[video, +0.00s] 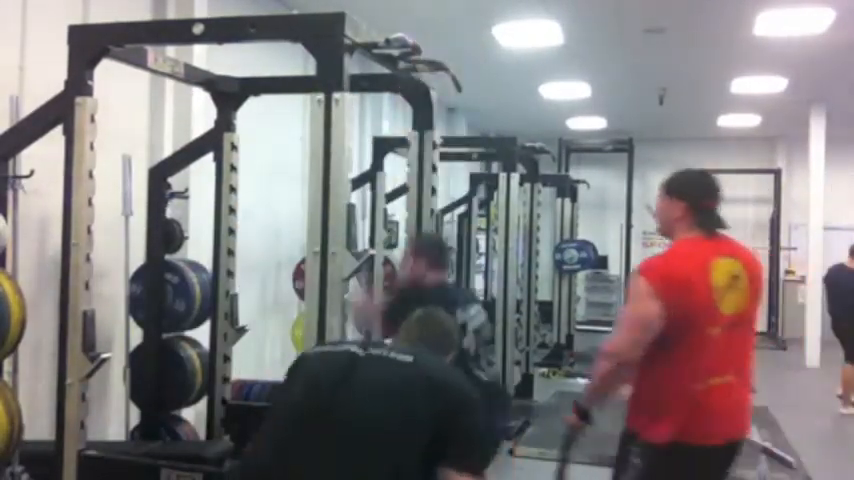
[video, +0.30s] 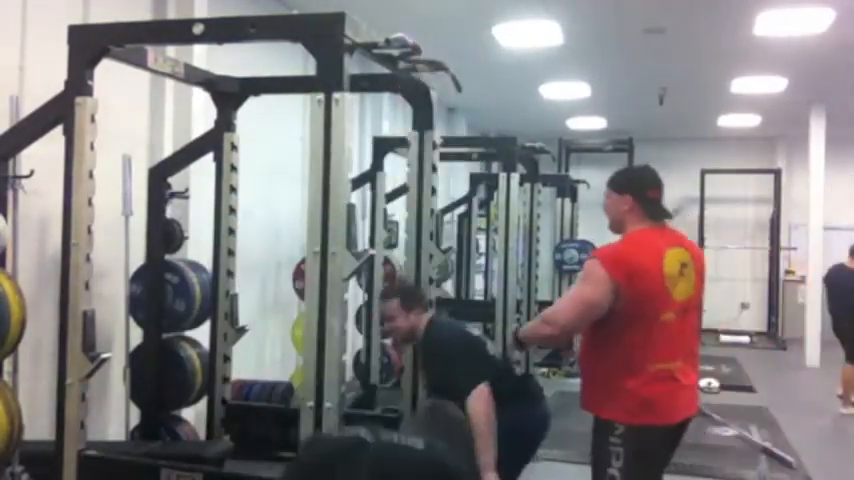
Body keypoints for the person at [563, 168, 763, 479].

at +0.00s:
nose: (655, 209)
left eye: (661, 200)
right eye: (657, 200)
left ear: (680, 207)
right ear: (708, 206)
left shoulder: (658, 273)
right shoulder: (748, 263)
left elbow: (622, 354)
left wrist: (584, 406)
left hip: (666, 430)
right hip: (726, 429)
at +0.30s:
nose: (604, 205)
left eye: (608, 197)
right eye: (605, 197)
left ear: (628, 201)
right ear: (653, 199)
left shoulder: (615, 259)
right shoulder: (690, 252)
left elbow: (557, 324)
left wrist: (522, 336)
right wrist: (583, 329)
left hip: (628, 414)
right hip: (675, 410)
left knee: (615, 474)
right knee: (647, 473)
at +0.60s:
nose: (581, 207)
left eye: (587, 200)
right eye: (583, 200)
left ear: (612, 206)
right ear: (615, 206)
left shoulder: (615, 254)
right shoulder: (644, 243)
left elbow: (597, 332)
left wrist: (555, 340)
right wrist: (573, 330)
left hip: (620, 403)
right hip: (642, 399)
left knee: (604, 473)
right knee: (627, 473)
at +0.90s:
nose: (606, 214)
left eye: (617, 206)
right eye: (604, 205)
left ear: (643, 209)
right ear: (600, 205)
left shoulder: (657, 255)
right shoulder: (608, 249)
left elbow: (652, 329)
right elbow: (595, 307)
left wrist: (589, 337)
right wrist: (577, 324)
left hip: (655, 403)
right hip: (618, 397)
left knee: (652, 473)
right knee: (619, 471)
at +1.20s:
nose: (673, 219)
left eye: (684, 212)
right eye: (669, 210)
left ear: (707, 218)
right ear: (662, 213)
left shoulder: (731, 270)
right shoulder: (642, 257)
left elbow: (738, 346)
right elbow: (623, 306)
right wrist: (601, 357)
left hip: (712, 420)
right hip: (652, 415)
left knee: (724, 474)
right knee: (645, 473)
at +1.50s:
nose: (757, 217)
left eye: (768, 210)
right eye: (750, 207)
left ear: (787, 216)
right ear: (740, 208)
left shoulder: (821, 272)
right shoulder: (701, 259)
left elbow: (844, 340)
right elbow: (668, 313)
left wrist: (846, 412)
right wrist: (658, 379)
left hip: (785, 426)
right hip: (714, 418)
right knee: (696, 473)